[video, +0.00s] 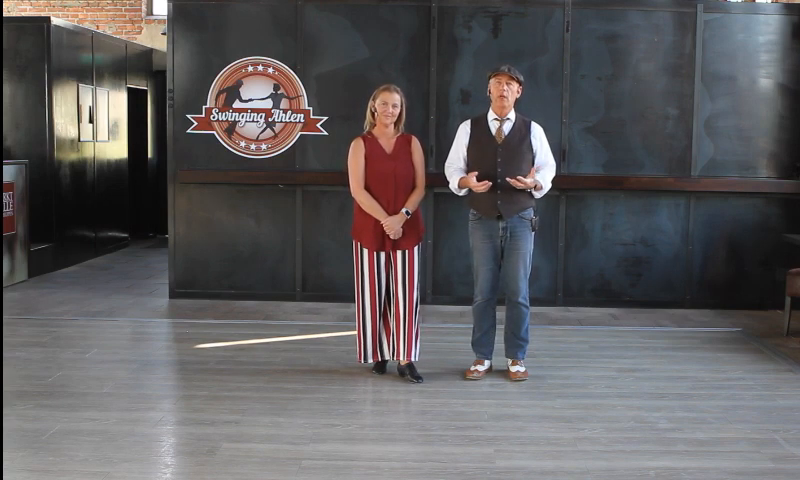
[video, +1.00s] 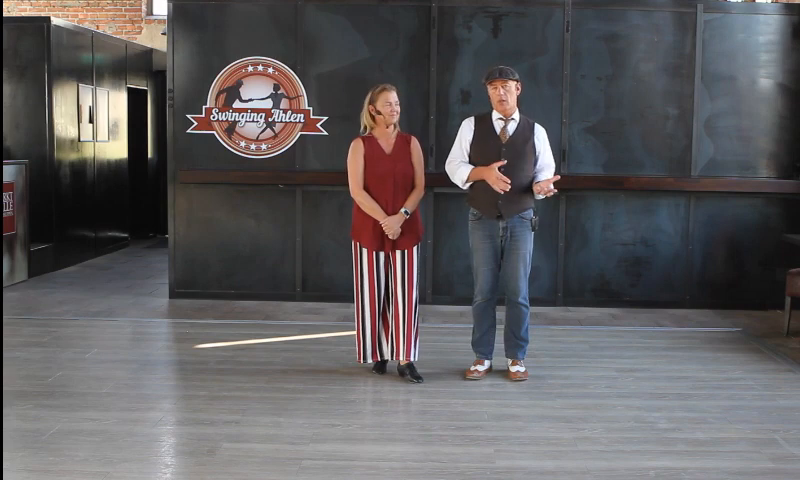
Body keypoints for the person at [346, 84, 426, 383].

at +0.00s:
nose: (389, 110)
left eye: (394, 105)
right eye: (384, 104)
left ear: (400, 110)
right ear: (374, 107)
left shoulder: (412, 143)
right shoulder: (360, 144)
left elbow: (420, 187)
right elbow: (357, 190)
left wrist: (401, 216)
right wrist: (389, 220)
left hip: (406, 230)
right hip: (371, 231)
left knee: (406, 295)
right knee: (374, 295)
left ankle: (406, 359)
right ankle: (379, 356)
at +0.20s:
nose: (388, 109)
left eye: (393, 105)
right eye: (383, 104)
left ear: (400, 110)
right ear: (373, 107)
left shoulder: (411, 143)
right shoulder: (359, 145)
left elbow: (420, 187)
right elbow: (356, 190)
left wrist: (401, 216)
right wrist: (388, 220)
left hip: (405, 230)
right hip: (371, 231)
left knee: (406, 295)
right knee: (373, 295)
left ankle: (406, 359)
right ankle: (379, 356)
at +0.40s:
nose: (387, 109)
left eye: (393, 105)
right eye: (382, 104)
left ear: (399, 110)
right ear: (373, 107)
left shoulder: (411, 143)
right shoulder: (359, 145)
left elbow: (420, 187)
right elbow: (356, 190)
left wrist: (400, 216)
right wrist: (387, 220)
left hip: (405, 230)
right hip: (370, 231)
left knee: (406, 295)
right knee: (373, 295)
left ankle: (406, 359)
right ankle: (379, 356)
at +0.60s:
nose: (387, 109)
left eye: (392, 105)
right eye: (382, 104)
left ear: (399, 110)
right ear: (372, 107)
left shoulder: (411, 144)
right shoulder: (359, 145)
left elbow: (420, 187)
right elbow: (356, 190)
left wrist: (400, 216)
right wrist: (387, 220)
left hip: (405, 230)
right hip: (370, 231)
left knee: (406, 295)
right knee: (373, 294)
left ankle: (406, 359)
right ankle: (378, 356)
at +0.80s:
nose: (387, 109)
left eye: (392, 105)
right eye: (382, 104)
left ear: (398, 109)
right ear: (372, 107)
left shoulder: (411, 144)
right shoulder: (359, 145)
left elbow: (420, 187)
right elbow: (356, 190)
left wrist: (400, 216)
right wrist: (387, 220)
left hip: (405, 230)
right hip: (370, 231)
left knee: (406, 295)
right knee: (373, 294)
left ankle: (406, 359)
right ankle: (378, 356)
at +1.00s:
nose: (394, 108)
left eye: (396, 104)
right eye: (387, 105)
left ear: (400, 107)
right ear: (373, 109)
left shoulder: (411, 143)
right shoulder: (359, 145)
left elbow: (420, 187)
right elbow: (356, 190)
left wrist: (400, 216)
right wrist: (387, 220)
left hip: (405, 230)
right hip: (370, 231)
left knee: (406, 295)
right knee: (373, 295)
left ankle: (405, 359)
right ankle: (378, 356)